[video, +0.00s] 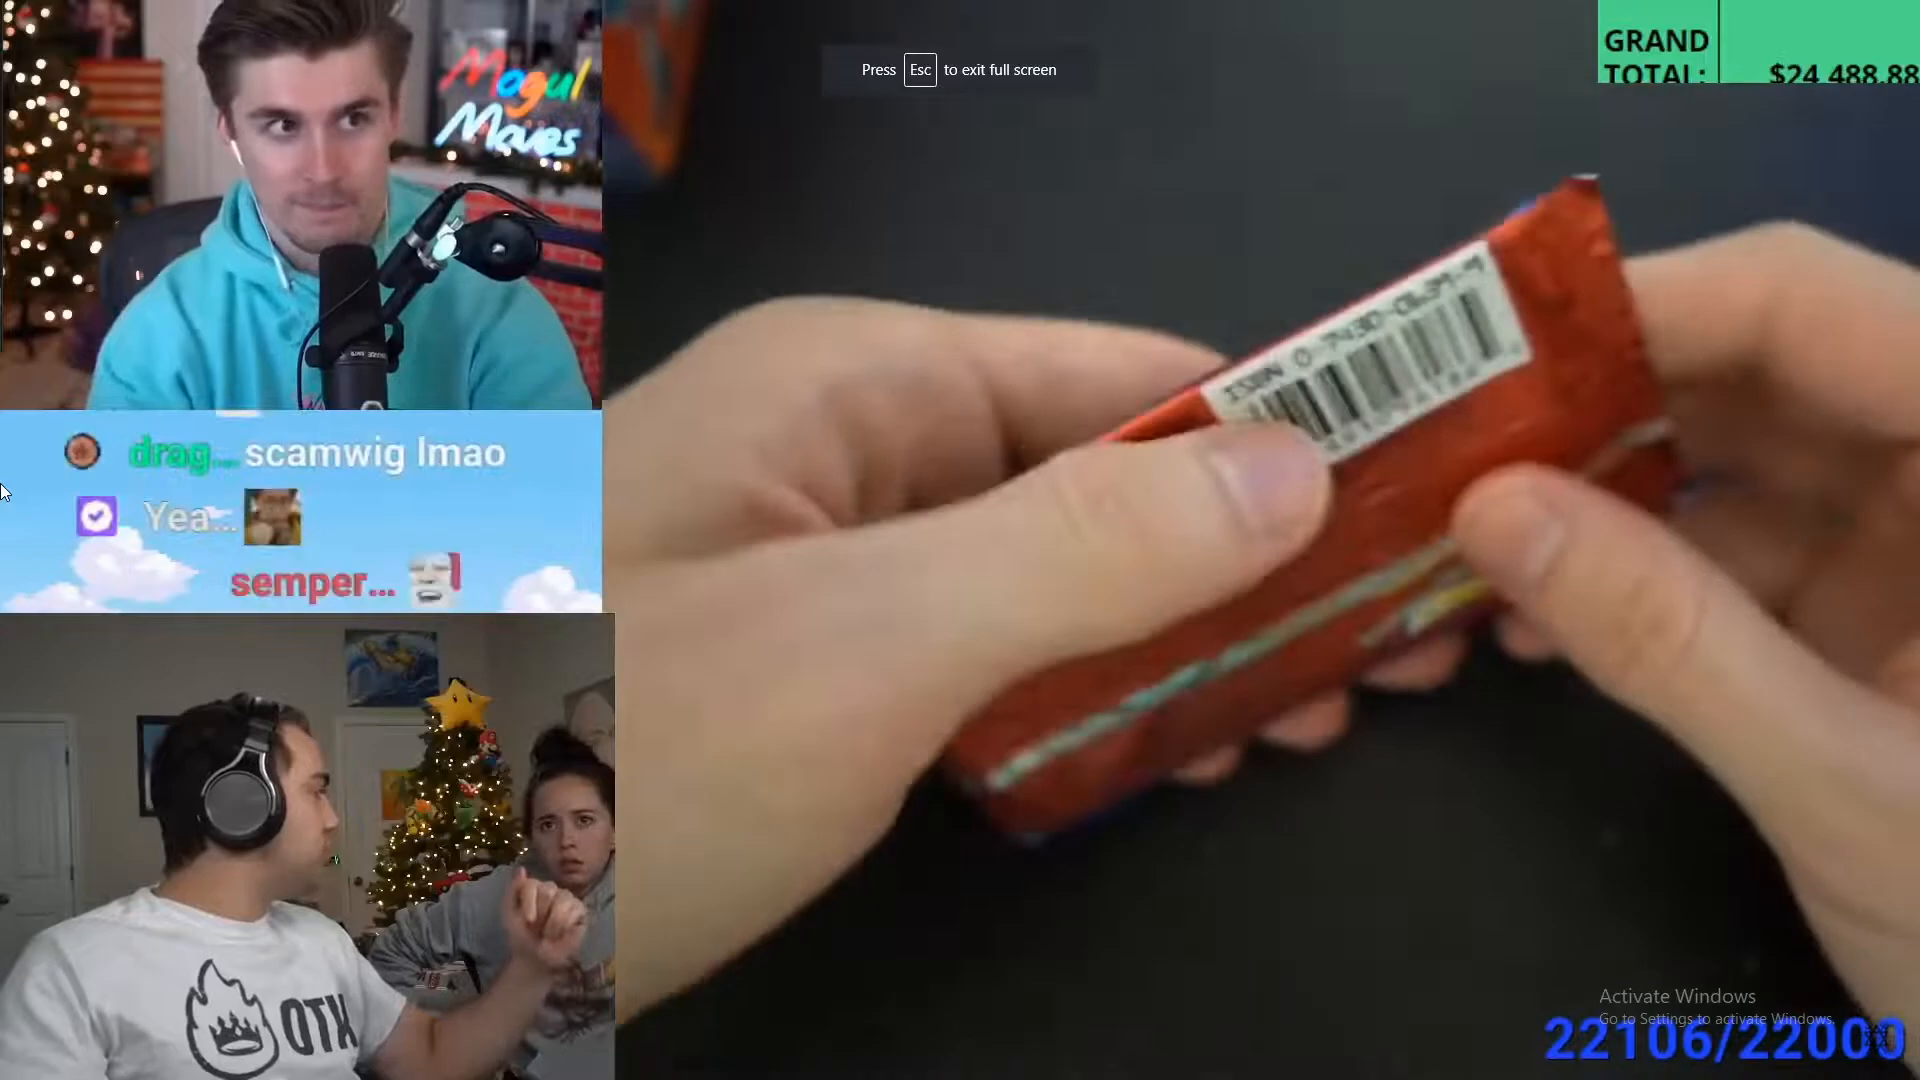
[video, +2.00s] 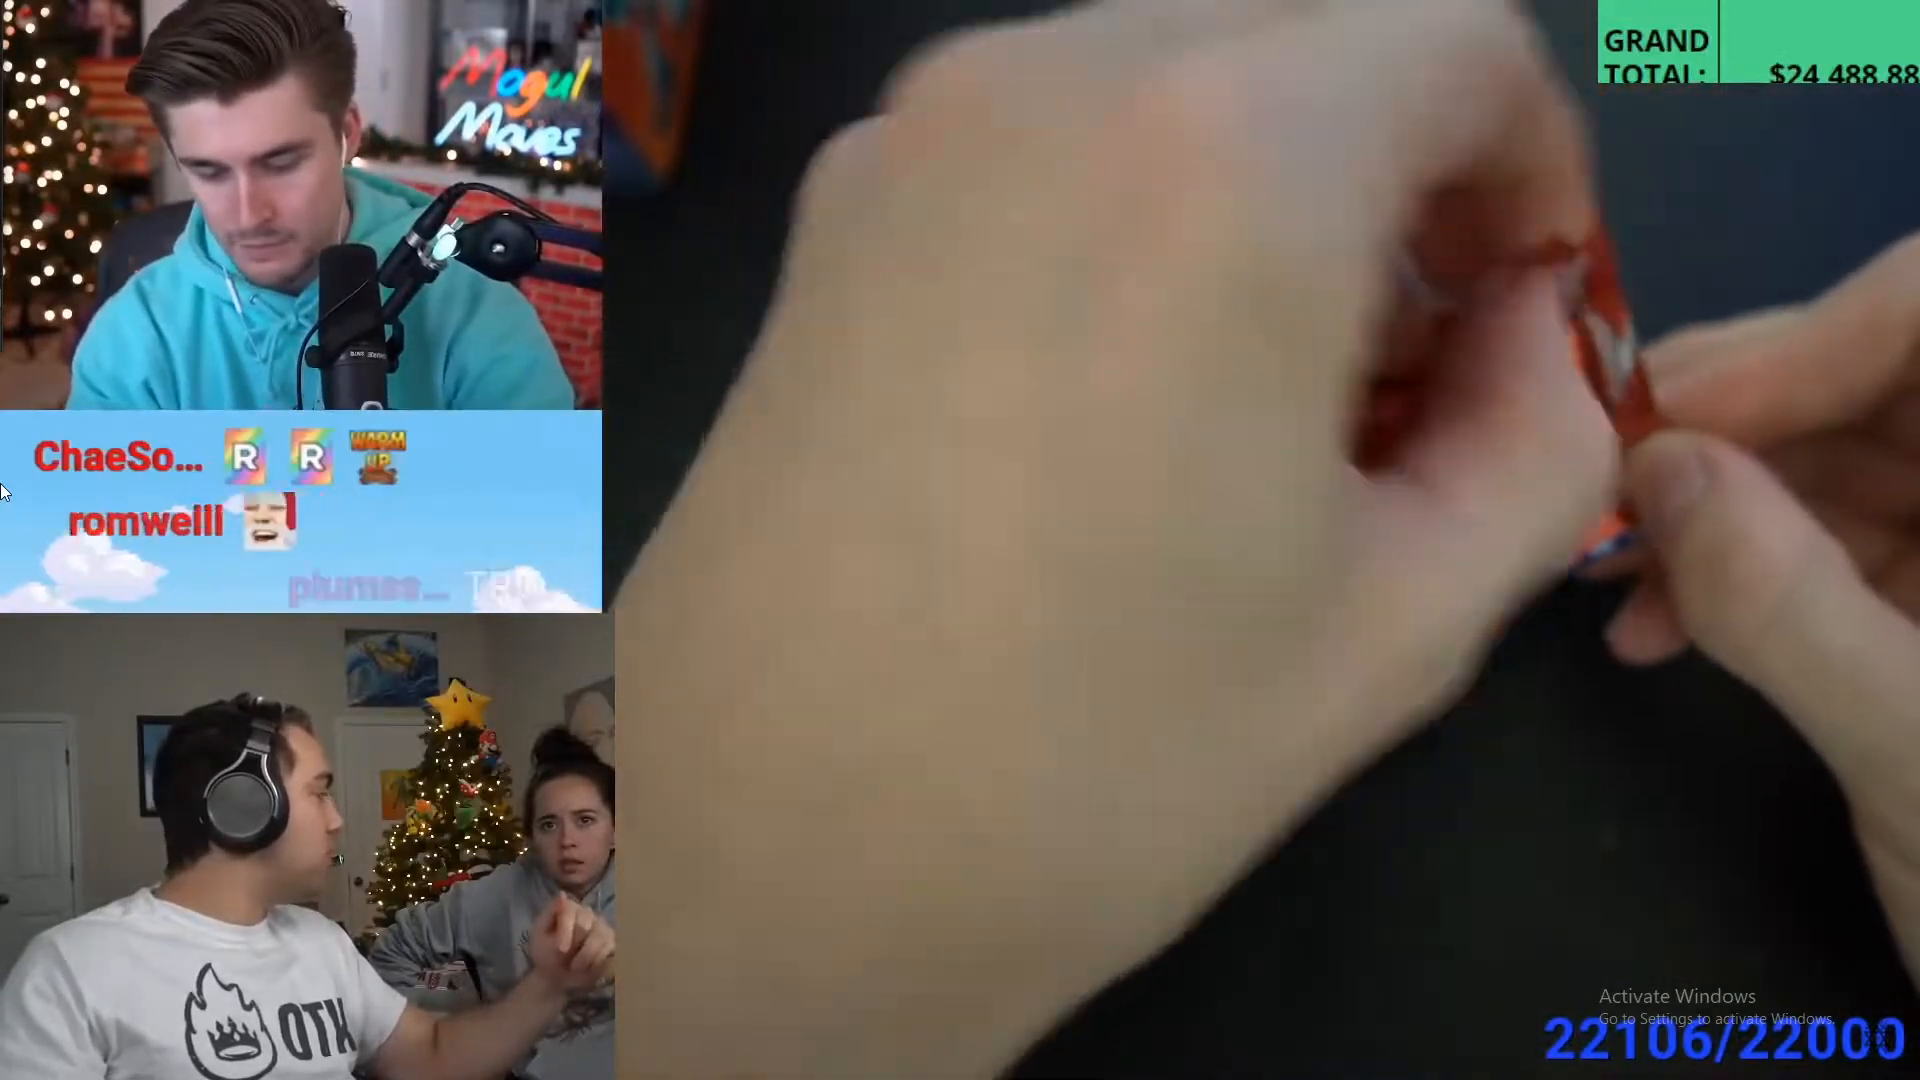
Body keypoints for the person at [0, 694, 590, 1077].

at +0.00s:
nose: (336, 816)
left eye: (327, 791)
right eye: (318, 789)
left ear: (248, 798)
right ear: (237, 799)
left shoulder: (323, 945)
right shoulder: (69, 970)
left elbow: (433, 1056)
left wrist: (533, 966)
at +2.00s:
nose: (339, 817)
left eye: (331, 792)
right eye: (320, 791)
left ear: (241, 805)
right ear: (238, 804)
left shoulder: (320, 945)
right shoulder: (69, 971)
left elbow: (432, 1051)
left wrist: (548, 986)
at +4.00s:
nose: (341, 820)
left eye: (333, 794)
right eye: (323, 793)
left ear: (251, 803)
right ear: (239, 804)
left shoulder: (320, 941)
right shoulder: (76, 967)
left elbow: (429, 1054)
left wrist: (533, 978)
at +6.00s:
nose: (340, 819)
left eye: (331, 791)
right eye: (320, 792)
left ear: (250, 806)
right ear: (242, 806)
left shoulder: (323, 944)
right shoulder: (75, 967)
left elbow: (430, 1062)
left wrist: (494, 953)